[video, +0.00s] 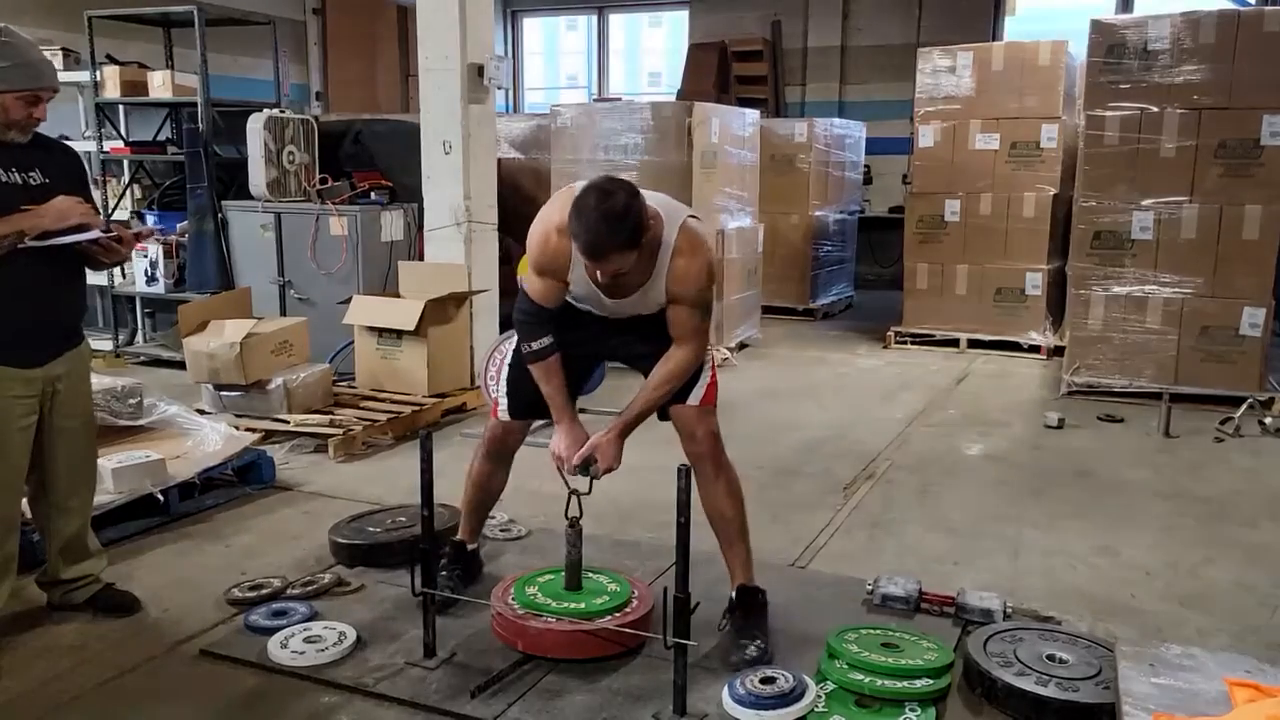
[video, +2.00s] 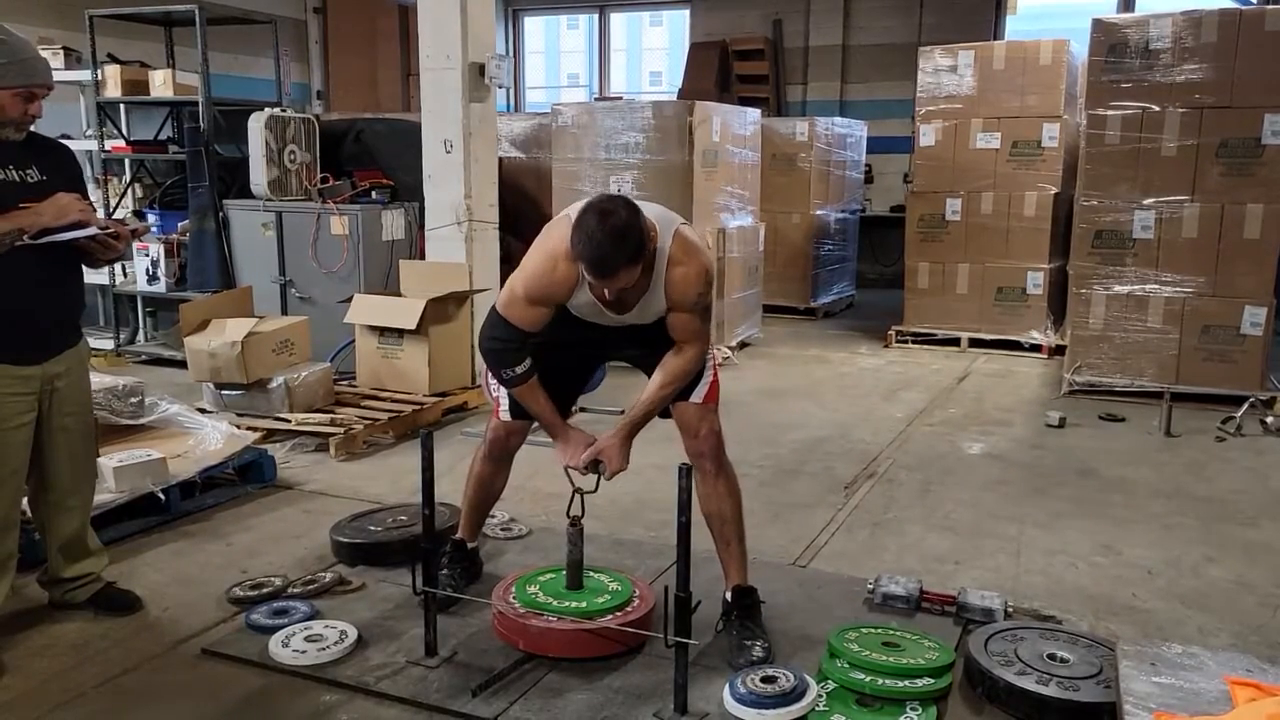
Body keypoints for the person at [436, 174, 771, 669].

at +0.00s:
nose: (604, 280)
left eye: (617, 272)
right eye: (594, 270)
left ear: (646, 239)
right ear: (575, 238)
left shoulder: (690, 254)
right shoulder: (551, 233)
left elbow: (688, 349)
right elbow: (533, 327)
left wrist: (619, 429)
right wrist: (565, 422)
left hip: (656, 321)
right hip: (572, 316)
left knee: (704, 441)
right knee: (499, 434)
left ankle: (746, 593)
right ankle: (463, 548)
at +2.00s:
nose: (609, 295)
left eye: (622, 286)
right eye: (598, 286)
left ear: (647, 257)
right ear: (578, 260)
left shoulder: (689, 265)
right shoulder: (552, 258)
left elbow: (689, 350)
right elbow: (498, 341)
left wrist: (625, 431)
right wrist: (560, 432)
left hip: (659, 325)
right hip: (569, 321)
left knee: (706, 442)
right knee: (501, 433)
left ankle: (740, 597)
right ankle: (462, 549)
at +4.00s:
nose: (600, 257)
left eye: (614, 249)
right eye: (590, 247)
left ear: (636, 219)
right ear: (570, 217)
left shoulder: (673, 243)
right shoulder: (541, 222)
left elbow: (699, 320)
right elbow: (516, 319)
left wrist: (615, 349)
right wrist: (550, 421)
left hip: (648, 346)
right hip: (563, 338)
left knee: (682, 471)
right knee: (463, 446)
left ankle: (738, 605)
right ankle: (476, 558)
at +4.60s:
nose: (603, 182)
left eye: (617, 173)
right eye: (592, 170)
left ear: (643, 144)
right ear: (573, 142)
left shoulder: (678, 175)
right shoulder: (546, 169)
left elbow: (726, 258)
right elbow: (527, 275)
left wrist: (639, 273)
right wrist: (552, 381)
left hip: (660, 310)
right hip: (570, 303)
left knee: (697, 452)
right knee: (498, 428)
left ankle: (738, 604)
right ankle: (470, 557)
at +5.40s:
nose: (578, 269)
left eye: (592, 259)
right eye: (567, 258)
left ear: (617, 229)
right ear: (548, 227)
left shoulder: (663, 243)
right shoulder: (525, 230)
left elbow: (710, 298)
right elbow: (504, 315)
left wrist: (632, 359)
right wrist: (531, 411)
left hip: (652, 318)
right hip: (563, 315)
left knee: (700, 444)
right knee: (484, 422)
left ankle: (738, 598)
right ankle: (474, 552)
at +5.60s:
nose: (571, 317)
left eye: (581, 306)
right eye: (558, 308)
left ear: (604, 272)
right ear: (537, 287)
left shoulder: (655, 267)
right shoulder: (515, 296)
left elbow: (701, 309)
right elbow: (511, 393)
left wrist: (627, 371)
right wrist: (520, 487)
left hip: (649, 327)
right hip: (558, 339)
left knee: (697, 440)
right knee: (475, 411)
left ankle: (738, 598)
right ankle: (473, 550)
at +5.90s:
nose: (635, 288)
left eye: (644, 275)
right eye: (621, 280)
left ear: (657, 246)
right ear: (588, 261)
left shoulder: (686, 241)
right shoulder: (554, 285)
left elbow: (711, 301)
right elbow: (529, 391)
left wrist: (646, 370)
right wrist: (540, 481)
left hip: (665, 324)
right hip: (575, 331)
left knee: (718, 433)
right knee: (488, 425)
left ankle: (741, 595)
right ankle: (473, 552)